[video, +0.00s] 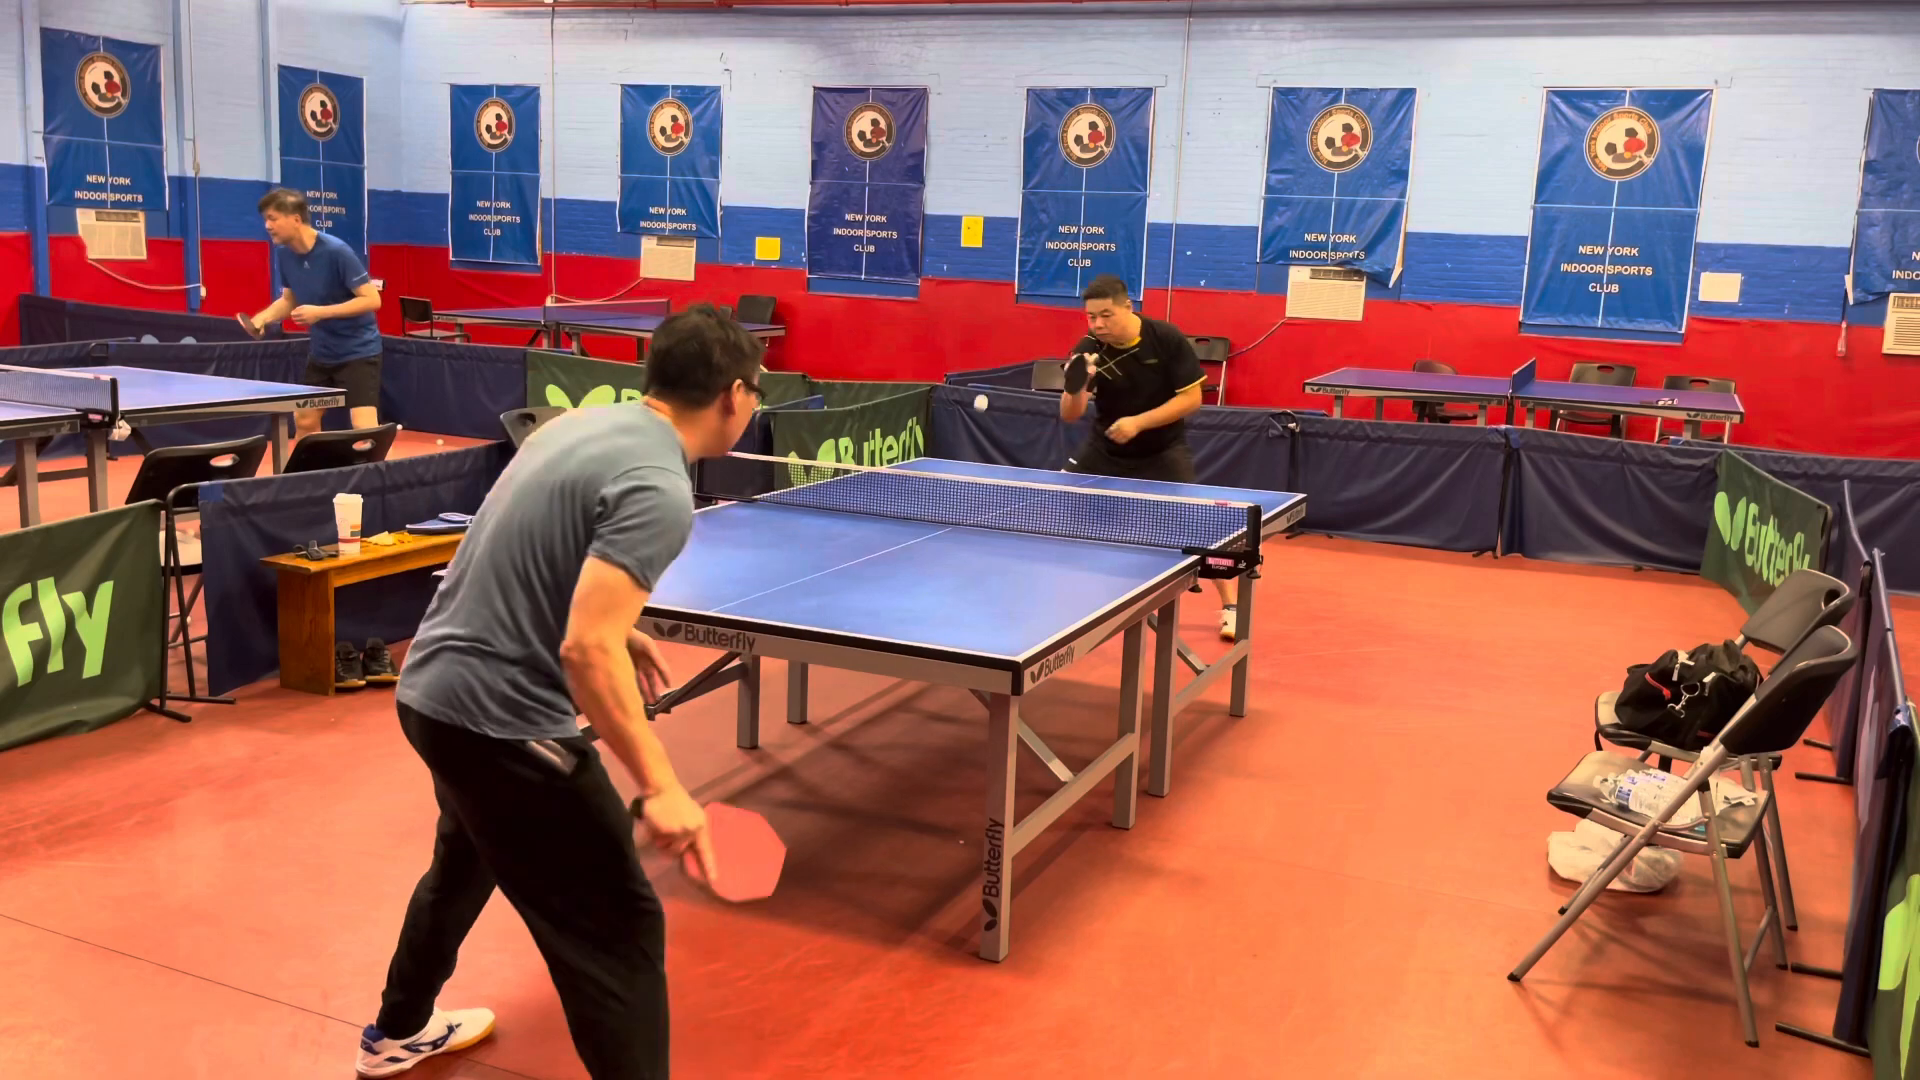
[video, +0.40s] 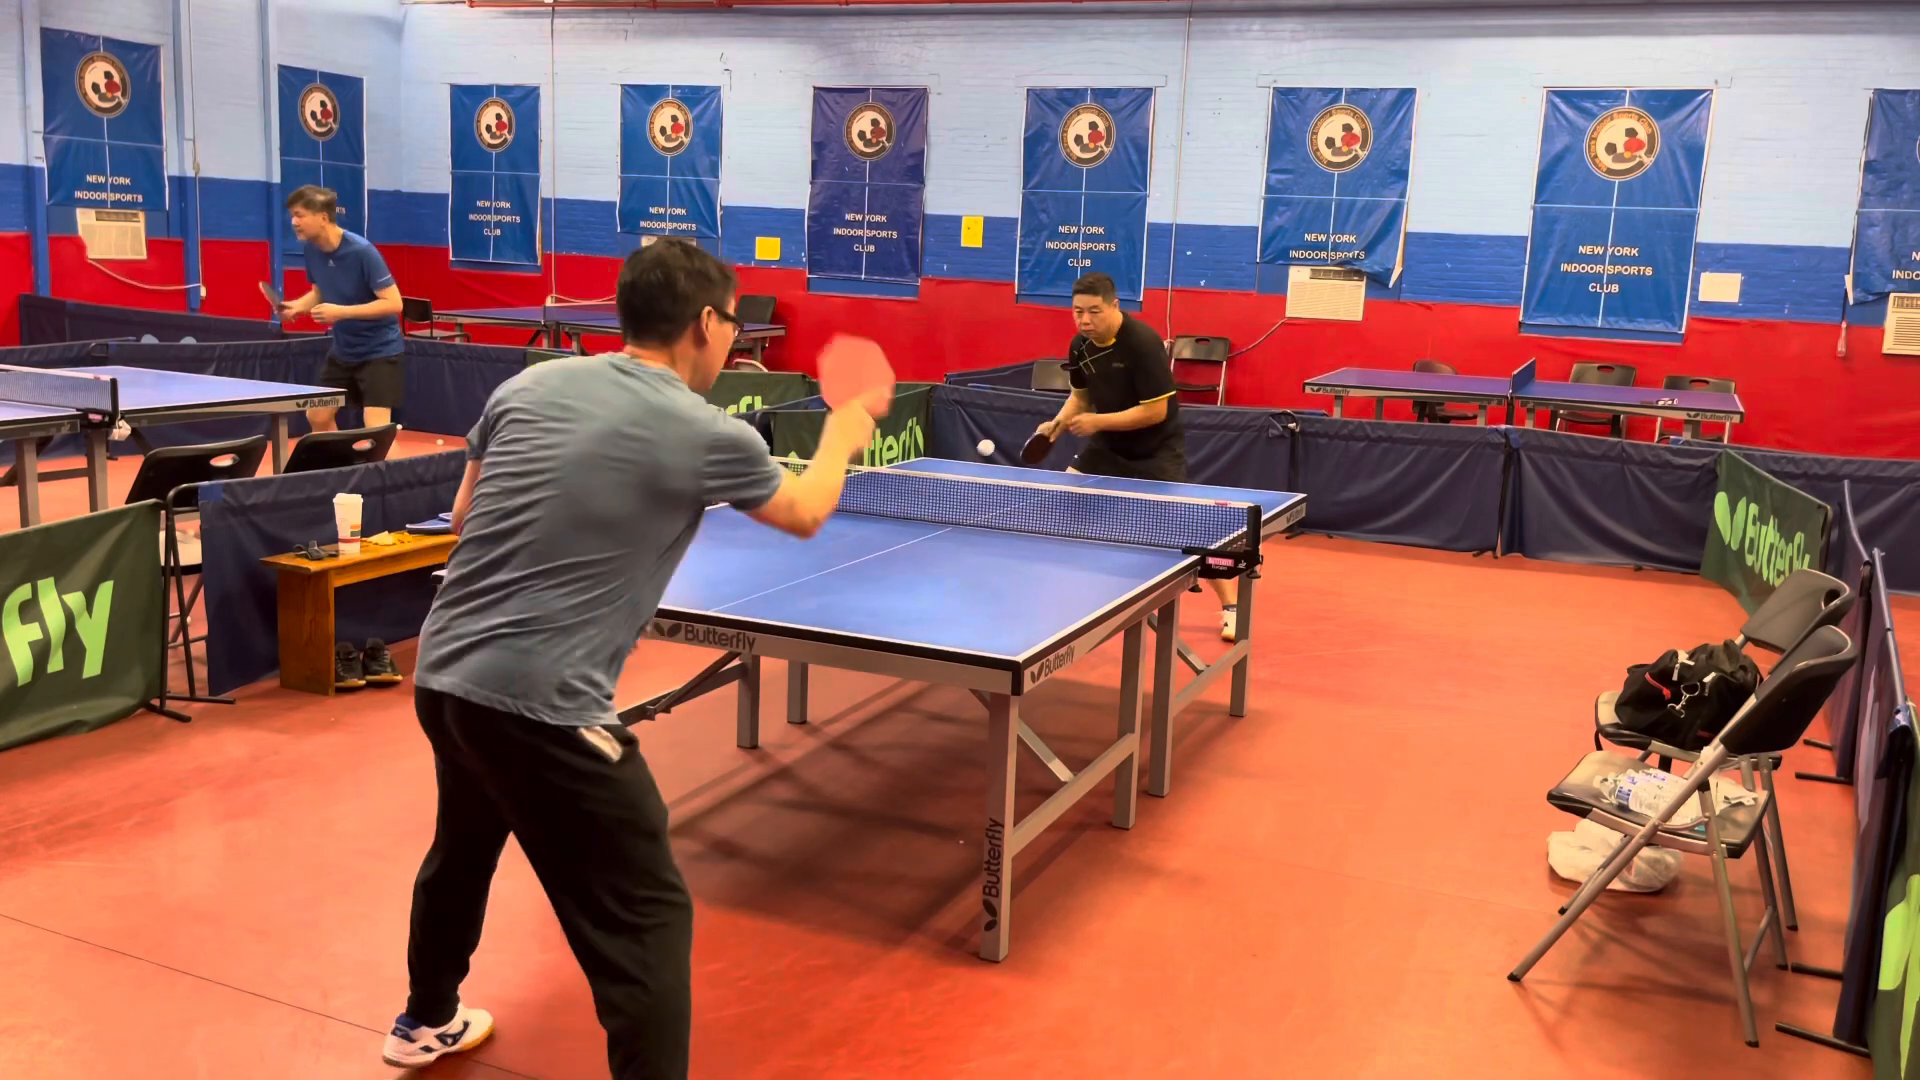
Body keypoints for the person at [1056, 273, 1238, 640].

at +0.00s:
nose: (1097, 325)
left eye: (1105, 315)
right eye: (1091, 317)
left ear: (1126, 307)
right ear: (1086, 315)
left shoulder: (1167, 339)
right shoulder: (1088, 348)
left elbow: (1193, 399)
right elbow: (1069, 414)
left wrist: (1138, 422)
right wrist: (1081, 383)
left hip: (1163, 452)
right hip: (1105, 450)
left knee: (1197, 519)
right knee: (1049, 500)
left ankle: (1230, 605)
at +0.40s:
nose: (1084, 321)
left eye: (1093, 311)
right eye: (1078, 312)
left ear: (1114, 306)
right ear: (1073, 311)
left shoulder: (1143, 342)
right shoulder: (1080, 346)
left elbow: (1157, 411)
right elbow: (1079, 396)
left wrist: (1097, 421)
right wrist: (1058, 422)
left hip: (1156, 453)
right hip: (1105, 450)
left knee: (1187, 525)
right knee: (1058, 504)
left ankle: (1230, 605)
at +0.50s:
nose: (1069, 324)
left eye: (1076, 315)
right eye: (1063, 315)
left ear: (1100, 308)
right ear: (1059, 313)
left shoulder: (1121, 346)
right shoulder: (1092, 339)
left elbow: (1121, 420)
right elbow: (1096, 389)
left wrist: (1070, 418)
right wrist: (1062, 412)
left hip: (1149, 453)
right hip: (1111, 447)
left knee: (1178, 528)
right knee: (1063, 502)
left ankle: (1234, 605)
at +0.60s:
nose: (1061, 328)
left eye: (1068, 319)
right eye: (1057, 320)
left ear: (1093, 310)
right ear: (1056, 315)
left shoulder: (1111, 350)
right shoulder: (1103, 332)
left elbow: (1102, 423)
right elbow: (1108, 381)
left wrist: (1066, 418)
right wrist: (1074, 398)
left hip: (1144, 452)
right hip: (1112, 446)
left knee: (1171, 530)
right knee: (1059, 500)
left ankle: (1240, 602)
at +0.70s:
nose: (1069, 326)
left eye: (1076, 317)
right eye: (1065, 318)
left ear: (1101, 309)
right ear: (1062, 314)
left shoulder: (1120, 348)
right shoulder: (1113, 331)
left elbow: (1114, 421)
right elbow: (1125, 378)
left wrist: (1079, 420)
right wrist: (1087, 379)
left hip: (1149, 452)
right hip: (1113, 446)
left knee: (1180, 528)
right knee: (1062, 501)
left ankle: (1230, 605)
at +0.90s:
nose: (1120, 309)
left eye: (1128, 301)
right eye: (1115, 301)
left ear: (1153, 296)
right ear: (1113, 299)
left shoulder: (1181, 340)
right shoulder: (1121, 330)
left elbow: (1188, 408)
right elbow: (1103, 382)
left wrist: (1133, 424)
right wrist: (1111, 368)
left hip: (1170, 455)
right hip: (1121, 446)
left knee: (1196, 528)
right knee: (1069, 500)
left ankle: (1231, 608)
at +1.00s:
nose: (1139, 310)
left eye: (1148, 302)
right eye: (1134, 301)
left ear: (1170, 299)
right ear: (1127, 298)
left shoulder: (1195, 341)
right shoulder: (1120, 329)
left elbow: (1208, 409)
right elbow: (1096, 385)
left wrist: (1149, 424)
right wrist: (1112, 379)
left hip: (1174, 452)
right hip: (1121, 445)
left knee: (1197, 522)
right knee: (1067, 497)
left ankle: (1231, 609)